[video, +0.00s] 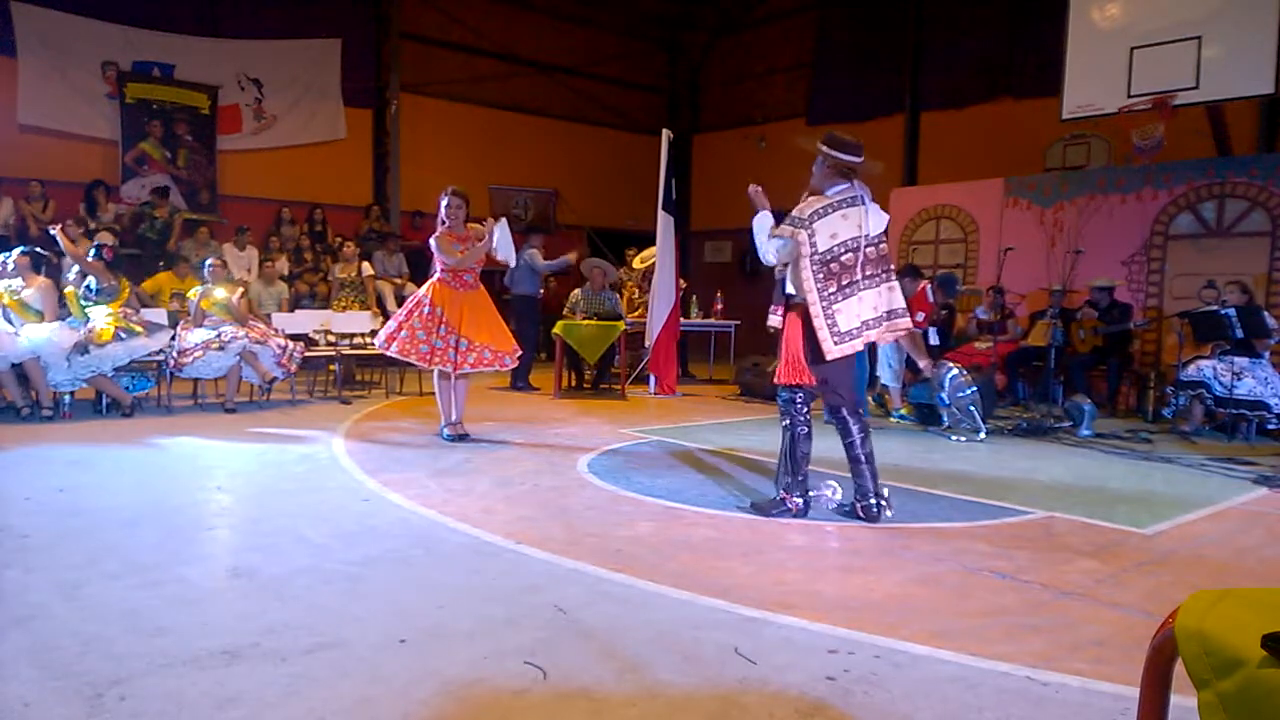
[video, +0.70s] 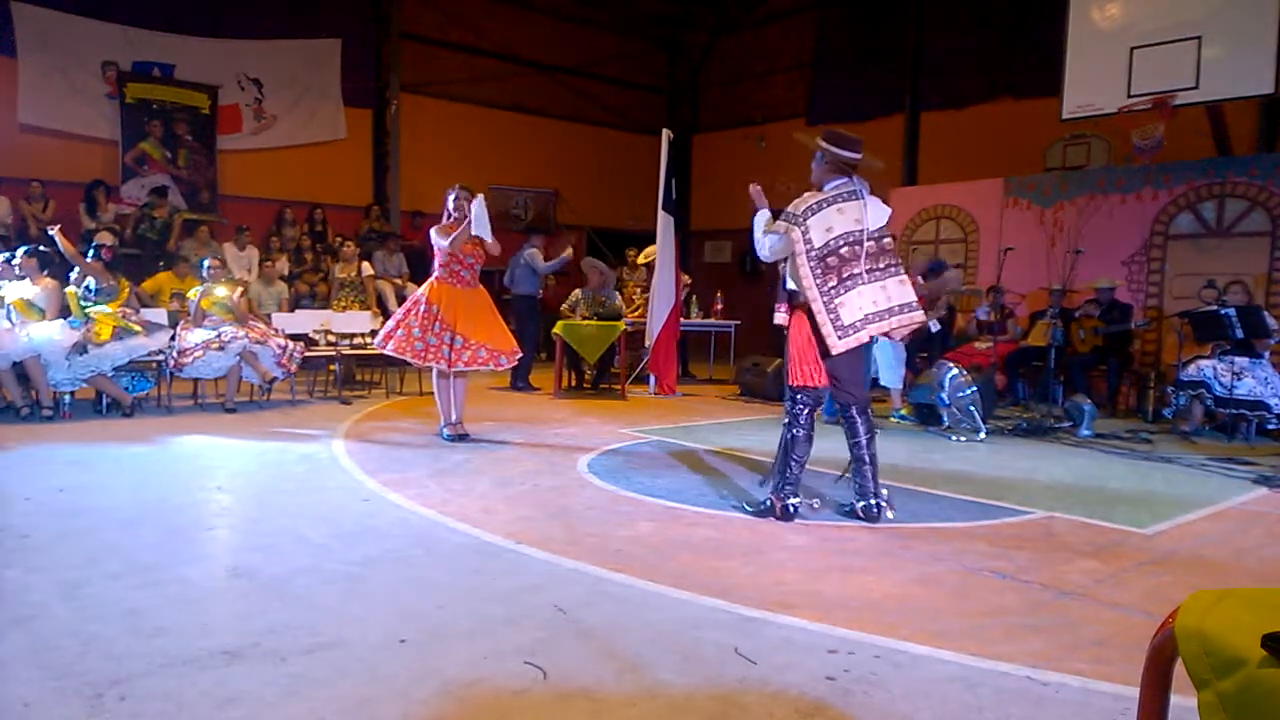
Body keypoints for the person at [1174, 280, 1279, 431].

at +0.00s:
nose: (1225, 296)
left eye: (1231, 292)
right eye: (1224, 293)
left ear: (1245, 297)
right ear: (1221, 296)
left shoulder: (1257, 314)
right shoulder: (1218, 315)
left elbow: (1264, 346)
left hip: (1252, 364)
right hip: (1223, 363)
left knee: (1247, 382)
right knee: (1198, 369)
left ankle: (1242, 426)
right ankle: (1195, 420)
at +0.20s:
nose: (1227, 296)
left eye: (1233, 292)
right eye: (1225, 293)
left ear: (1245, 297)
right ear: (1222, 296)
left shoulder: (1257, 315)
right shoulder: (1217, 315)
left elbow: (1264, 346)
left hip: (1252, 364)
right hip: (1222, 363)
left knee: (1247, 381)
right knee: (1198, 369)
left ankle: (1242, 426)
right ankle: (1195, 420)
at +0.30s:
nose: (1233, 296)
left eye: (1238, 293)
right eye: (1229, 293)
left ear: (1247, 297)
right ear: (1223, 296)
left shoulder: (1257, 315)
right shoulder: (1217, 315)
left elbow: (1264, 346)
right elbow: (1200, 341)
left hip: (1253, 364)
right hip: (1222, 363)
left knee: (1247, 382)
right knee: (1197, 369)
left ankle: (1242, 426)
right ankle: (1195, 420)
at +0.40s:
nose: (1237, 296)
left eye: (1242, 293)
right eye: (1232, 293)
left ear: (1248, 297)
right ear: (1224, 296)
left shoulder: (1257, 315)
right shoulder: (1215, 314)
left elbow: (1264, 346)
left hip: (1253, 364)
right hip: (1221, 362)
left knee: (1248, 382)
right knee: (1198, 369)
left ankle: (1242, 426)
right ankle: (1195, 420)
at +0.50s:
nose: (1238, 296)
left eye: (1243, 293)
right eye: (1233, 293)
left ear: (1248, 297)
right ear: (1224, 296)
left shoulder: (1257, 315)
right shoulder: (1216, 315)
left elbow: (1265, 346)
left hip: (1253, 364)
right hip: (1222, 363)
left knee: (1248, 381)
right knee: (1199, 368)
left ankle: (1242, 426)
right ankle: (1195, 419)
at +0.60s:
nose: (1238, 296)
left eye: (1242, 293)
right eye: (1233, 292)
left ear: (1248, 297)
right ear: (1224, 296)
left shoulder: (1257, 315)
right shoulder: (1216, 315)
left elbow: (1265, 346)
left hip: (1253, 364)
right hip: (1221, 363)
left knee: (1249, 382)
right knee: (1198, 368)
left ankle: (1243, 426)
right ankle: (1195, 419)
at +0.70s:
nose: (1233, 297)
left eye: (1238, 293)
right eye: (1230, 293)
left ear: (1247, 297)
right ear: (1224, 296)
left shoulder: (1257, 315)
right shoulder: (1217, 314)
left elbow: (1264, 346)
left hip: (1253, 364)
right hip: (1222, 363)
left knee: (1248, 382)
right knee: (1198, 368)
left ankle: (1242, 426)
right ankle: (1195, 419)